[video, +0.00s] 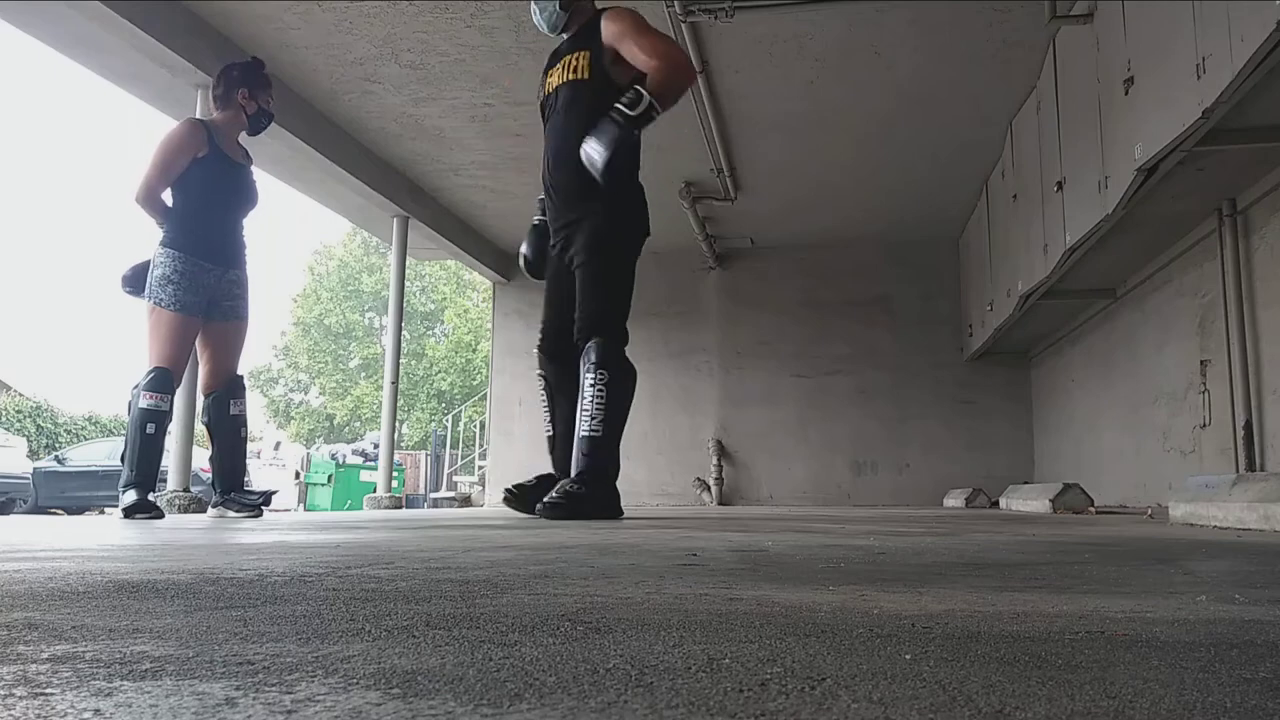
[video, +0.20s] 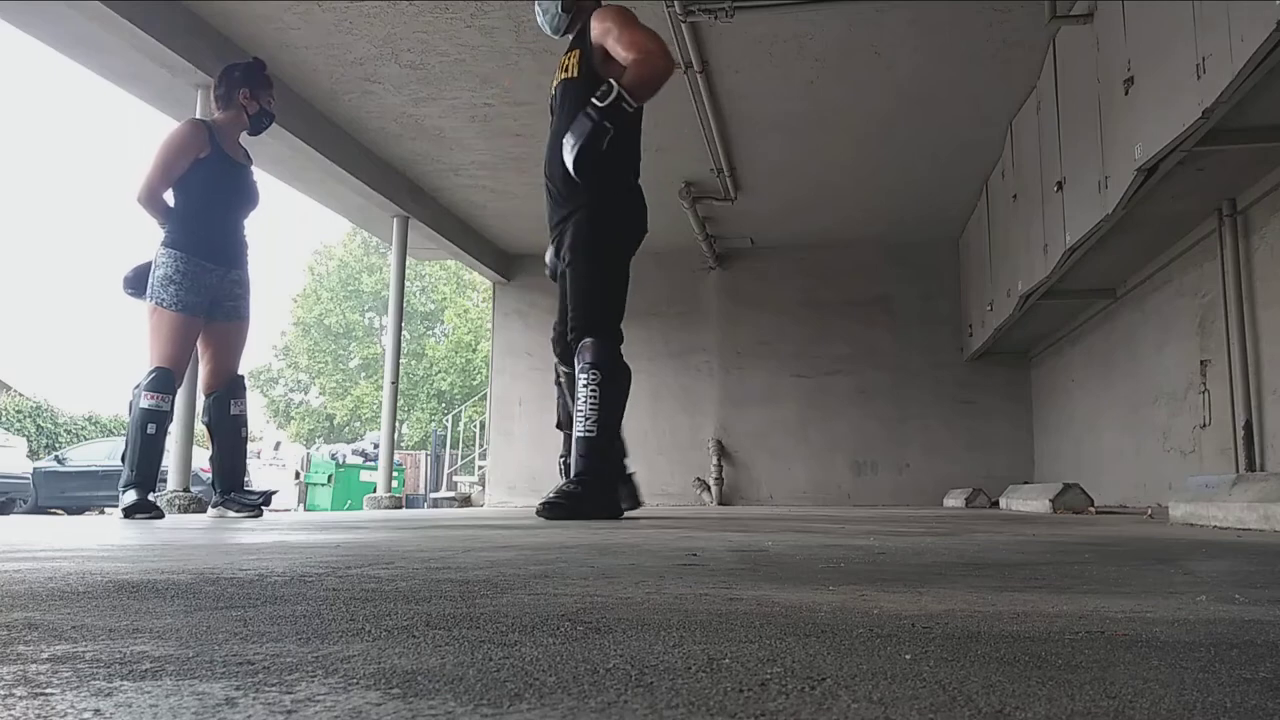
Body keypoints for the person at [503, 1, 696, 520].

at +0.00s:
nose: (539, 8)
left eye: (544, 1)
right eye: (537, 6)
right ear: (552, 15)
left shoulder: (612, 23)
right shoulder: (558, 62)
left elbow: (676, 68)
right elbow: (559, 146)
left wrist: (622, 119)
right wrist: (543, 219)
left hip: (605, 212)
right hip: (563, 221)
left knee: (600, 343)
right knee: (556, 349)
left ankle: (597, 485)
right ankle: (567, 476)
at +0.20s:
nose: (542, 10)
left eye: (547, 3)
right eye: (541, 8)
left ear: (570, 0)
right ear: (568, 12)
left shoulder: (603, 19)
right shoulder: (575, 53)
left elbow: (655, 58)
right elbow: (572, 154)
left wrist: (607, 112)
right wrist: (557, 233)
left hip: (602, 210)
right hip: (575, 218)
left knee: (592, 340)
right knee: (570, 344)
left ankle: (593, 484)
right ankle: (606, 476)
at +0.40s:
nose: (553, 13)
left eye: (557, 4)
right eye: (553, 7)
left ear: (583, 2)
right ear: (584, 8)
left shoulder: (603, 25)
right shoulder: (588, 44)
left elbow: (642, 61)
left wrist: (590, 122)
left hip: (599, 215)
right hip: (584, 218)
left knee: (588, 344)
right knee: (592, 346)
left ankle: (591, 484)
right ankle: (619, 483)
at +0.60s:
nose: (550, 18)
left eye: (555, 8)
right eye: (550, 11)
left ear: (583, 5)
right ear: (584, 11)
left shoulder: (605, 32)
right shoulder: (592, 55)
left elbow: (642, 68)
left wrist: (598, 118)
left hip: (599, 219)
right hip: (600, 222)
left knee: (582, 339)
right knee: (616, 346)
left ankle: (589, 483)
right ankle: (623, 482)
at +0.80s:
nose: (551, 22)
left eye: (557, 11)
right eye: (549, 14)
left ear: (589, 9)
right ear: (586, 13)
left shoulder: (606, 39)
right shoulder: (591, 65)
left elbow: (643, 73)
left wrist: (602, 118)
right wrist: (629, 321)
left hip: (599, 226)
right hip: (606, 228)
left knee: (573, 340)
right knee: (615, 348)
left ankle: (589, 477)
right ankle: (620, 481)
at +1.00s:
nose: (551, 21)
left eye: (557, 9)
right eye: (550, 12)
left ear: (589, 8)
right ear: (590, 12)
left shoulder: (603, 36)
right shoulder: (592, 59)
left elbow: (635, 71)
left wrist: (594, 114)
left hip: (596, 225)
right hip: (600, 225)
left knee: (584, 343)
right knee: (611, 346)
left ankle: (592, 480)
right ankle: (619, 481)